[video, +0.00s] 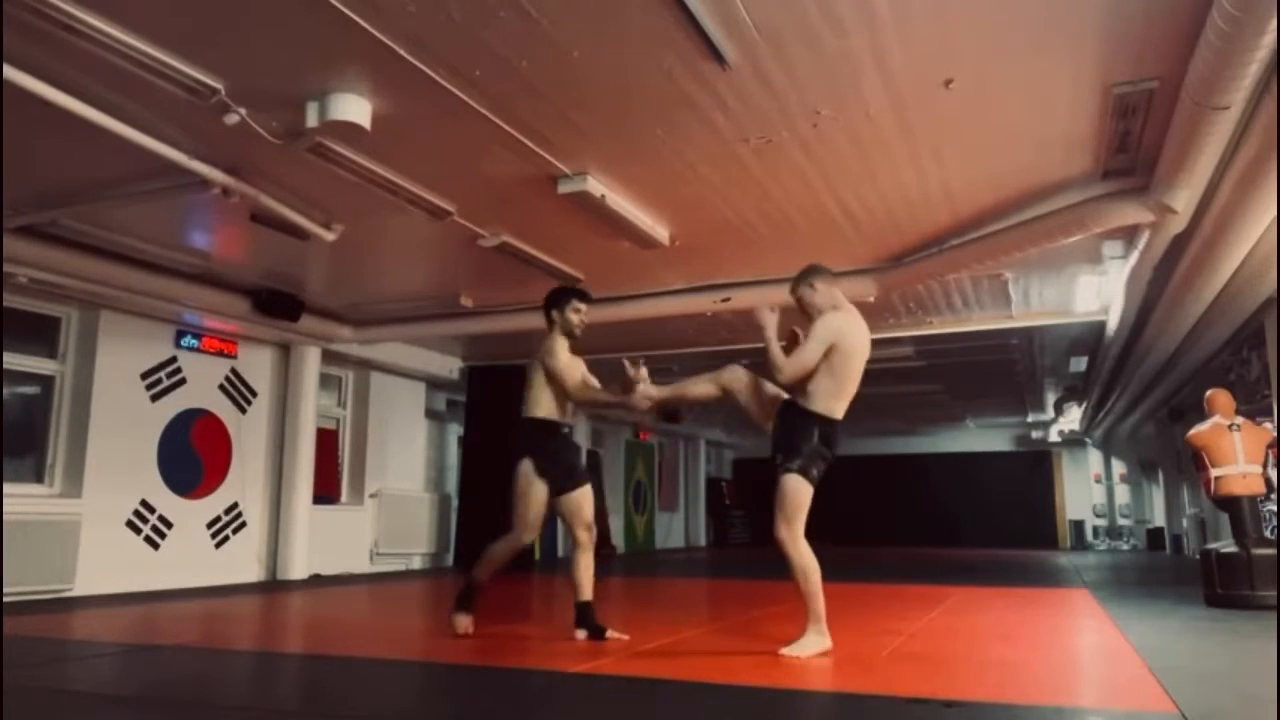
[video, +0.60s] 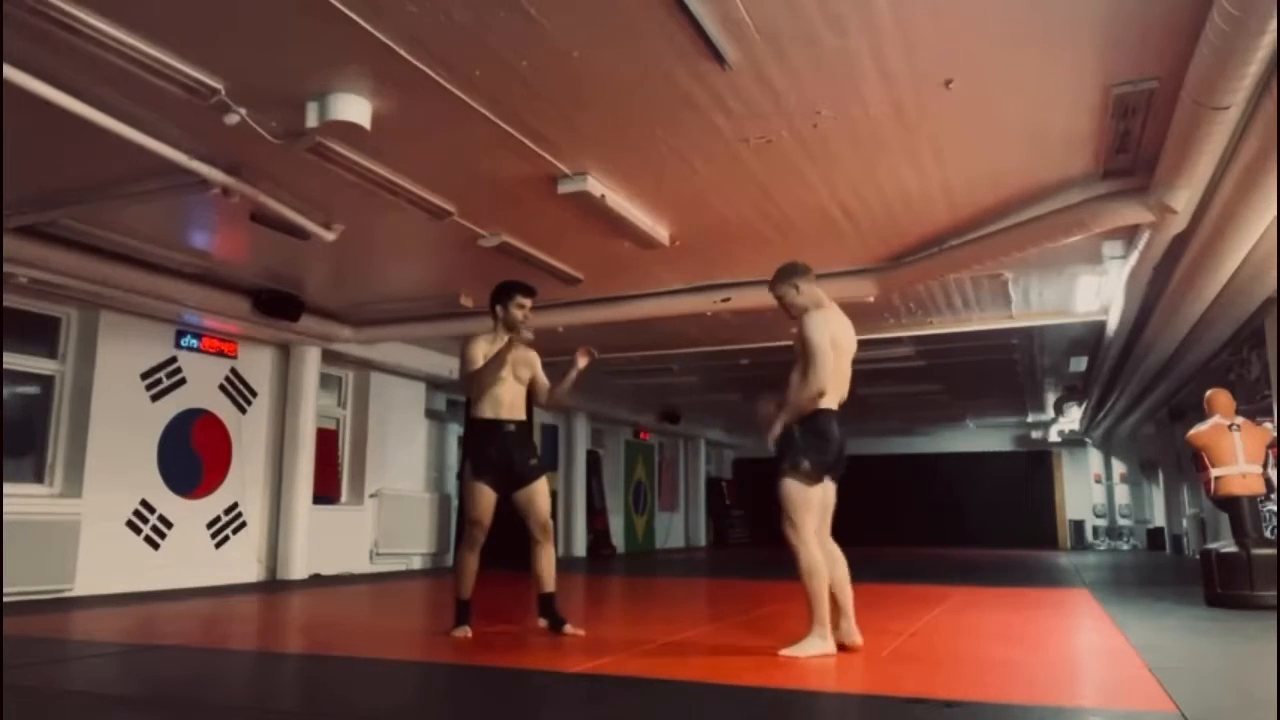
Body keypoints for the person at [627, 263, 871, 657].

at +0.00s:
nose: (803, 309)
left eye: (803, 300)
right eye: (801, 303)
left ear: (820, 287)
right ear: (826, 288)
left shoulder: (834, 322)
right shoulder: (851, 324)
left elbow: (785, 372)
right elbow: (820, 380)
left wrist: (769, 331)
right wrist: (800, 348)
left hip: (810, 430)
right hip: (793, 416)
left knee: (789, 532)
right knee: (733, 376)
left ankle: (818, 632)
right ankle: (652, 394)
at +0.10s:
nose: (800, 313)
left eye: (799, 304)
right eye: (798, 306)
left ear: (814, 289)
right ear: (821, 289)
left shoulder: (831, 323)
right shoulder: (851, 326)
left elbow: (780, 374)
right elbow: (802, 380)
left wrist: (763, 332)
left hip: (807, 431)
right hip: (793, 419)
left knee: (792, 535)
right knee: (732, 379)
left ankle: (821, 634)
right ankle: (659, 416)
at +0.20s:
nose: (799, 319)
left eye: (797, 310)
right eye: (795, 313)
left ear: (812, 293)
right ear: (819, 292)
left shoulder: (833, 327)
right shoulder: (850, 330)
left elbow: (782, 377)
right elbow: (839, 398)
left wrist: (766, 332)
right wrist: (786, 415)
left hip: (809, 434)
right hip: (798, 426)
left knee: (789, 538)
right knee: (730, 396)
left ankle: (820, 635)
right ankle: (669, 452)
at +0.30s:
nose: (797, 314)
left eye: (795, 305)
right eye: (793, 308)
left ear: (810, 289)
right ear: (816, 290)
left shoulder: (831, 325)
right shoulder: (846, 327)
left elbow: (787, 379)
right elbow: (811, 383)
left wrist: (765, 332)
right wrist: (788, 358)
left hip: (810, 433)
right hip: (799, 424)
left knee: (792, 537)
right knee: (732, 417)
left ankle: (820, 635)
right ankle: (699, 496)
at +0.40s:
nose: (793, 305)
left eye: (791, 296)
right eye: (789, 298)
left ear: (806, 283)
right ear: (816, 280)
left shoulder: (824, 317)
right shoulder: (846, 319)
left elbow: (803, 378)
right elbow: (827, 370)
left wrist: (765, 356)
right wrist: (791, 352)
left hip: (812, 432)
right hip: (817, 430)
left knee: (804, 534)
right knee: (742, 456)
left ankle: (821, 635)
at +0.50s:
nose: (789, 302)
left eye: (789, 293)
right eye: (786, 295)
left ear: (805, 281)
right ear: (813, 281)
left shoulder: (820, 316)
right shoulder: (842, 317)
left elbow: (811, 377)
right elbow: (818, 371)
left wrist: (767, 387)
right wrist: (781, 362)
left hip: (809, 428)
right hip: (820, 426)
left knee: (811, 533)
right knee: (772, 504)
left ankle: (823, 634)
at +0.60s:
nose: (783, 310)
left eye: (782, 301)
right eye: (780, 303)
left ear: (799, 288)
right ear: (807, 285)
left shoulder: (813, 322)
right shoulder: (841, 321)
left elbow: (816, 388)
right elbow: (834, 387)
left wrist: (782, 418)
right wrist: (786, 405)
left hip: (811, 428)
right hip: (831, 427)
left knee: (803, 534)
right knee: (822, 535)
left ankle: (821, 633)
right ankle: (848, 625)